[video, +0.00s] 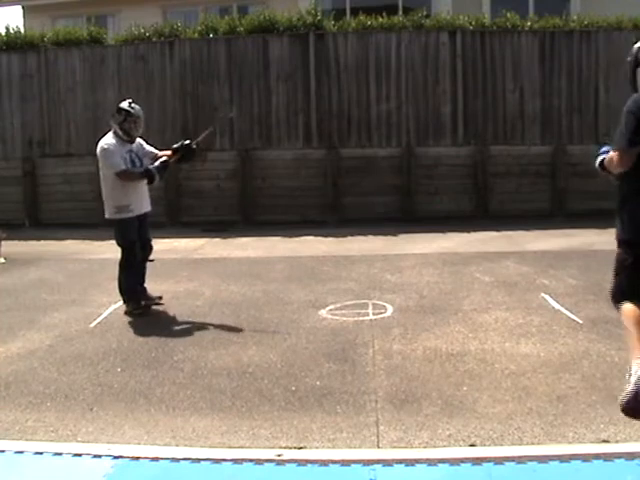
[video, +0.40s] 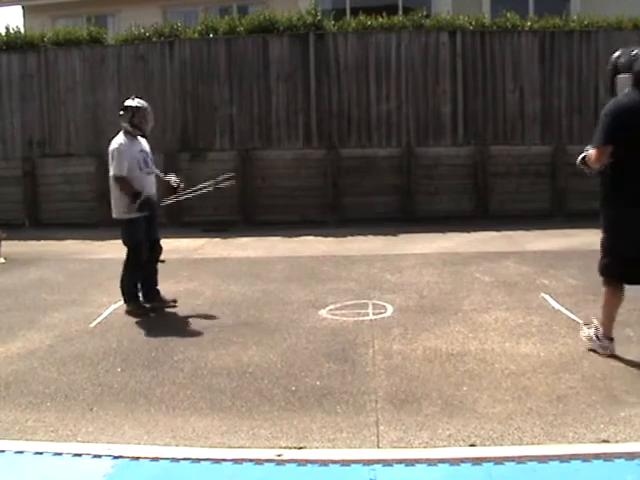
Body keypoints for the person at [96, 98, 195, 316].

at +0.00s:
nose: (134, 127)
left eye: (137, 123)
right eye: (130, 123)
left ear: (140, 124)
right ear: (119, 123)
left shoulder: (135, 142)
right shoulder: (107, 147)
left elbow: (156, 156)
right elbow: (123, 175)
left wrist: (177, 151)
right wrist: (152, 170)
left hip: (140, 209)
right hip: (122, 212)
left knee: (144, 250)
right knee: (130, 254)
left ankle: (140, 291)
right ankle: (131, 300)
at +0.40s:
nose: (148, 121)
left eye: (148, 116)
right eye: (144, 116)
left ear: (140, 118)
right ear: (132, 117)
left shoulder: (142, 142)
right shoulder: (119, 145)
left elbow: (149, 170)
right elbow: (118, 177)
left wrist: (167, 180)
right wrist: (138, 197)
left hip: (147, 207)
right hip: (129, 210)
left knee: (152, 250)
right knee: (137, 252)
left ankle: (151, 293)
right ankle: (131, 299)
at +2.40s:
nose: (169, 119)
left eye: (169, 114)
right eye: (165, 114)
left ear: (155, 118)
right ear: (155, 117)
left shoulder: (159, 140)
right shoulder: (139, 144)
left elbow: (157, 170)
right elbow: (130, 175)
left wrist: (169, 192)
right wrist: (148, 194)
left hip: (166, 209)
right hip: (151, 212)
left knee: (162, 252)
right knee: (157, 252)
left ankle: (156, 296)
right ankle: (148, 300)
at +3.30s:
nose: (176, 117)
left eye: (176, 112)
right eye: (172, 113)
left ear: (157, 116)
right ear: (164, 115)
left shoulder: (164, 139)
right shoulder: (155, 145)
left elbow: (173, 172)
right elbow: (163, 176)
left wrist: (190, 188)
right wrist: (184, 194)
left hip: (170, 207)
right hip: (165, 209)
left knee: (167, 251)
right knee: (173, 253)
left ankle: (155, 296)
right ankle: (170, 301)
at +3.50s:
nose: (175, 118)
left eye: (175, 113)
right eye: (171, 113)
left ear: (153, 116)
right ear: (163, 115)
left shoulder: (159, 139)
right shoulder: (157, 143)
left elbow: (174, 169)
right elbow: (183, 164)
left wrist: (196, 179)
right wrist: (213, 171)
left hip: (171, 207)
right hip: (167, 209)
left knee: (169, 251)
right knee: (174, 253)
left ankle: (158, 297)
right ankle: (170, 302)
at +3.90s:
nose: (177, 120)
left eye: (176, 116)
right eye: (174, 116)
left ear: (154, 116)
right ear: (168, 117)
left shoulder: (150, 138)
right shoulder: (165, 138)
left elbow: (166, 167)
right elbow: (200, 152)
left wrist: (186, 167)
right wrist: (204, 151)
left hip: (159, 206)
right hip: (173, 206)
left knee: (166, 251)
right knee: (181, 251)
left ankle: (160, 299)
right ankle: (177, 301)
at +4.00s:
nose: (177, 119)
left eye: (177, 116)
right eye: (176, 115)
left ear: (156, 115)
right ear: (168, 115)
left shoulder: (151, 138)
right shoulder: (162, 134)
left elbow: (162, 171)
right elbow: (193, 123)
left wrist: (184, 176)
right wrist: (213, 127)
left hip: (162, 206)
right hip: (172, 205)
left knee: (165, 253)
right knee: (186, 252)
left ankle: (159, 299)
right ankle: (190, 302)